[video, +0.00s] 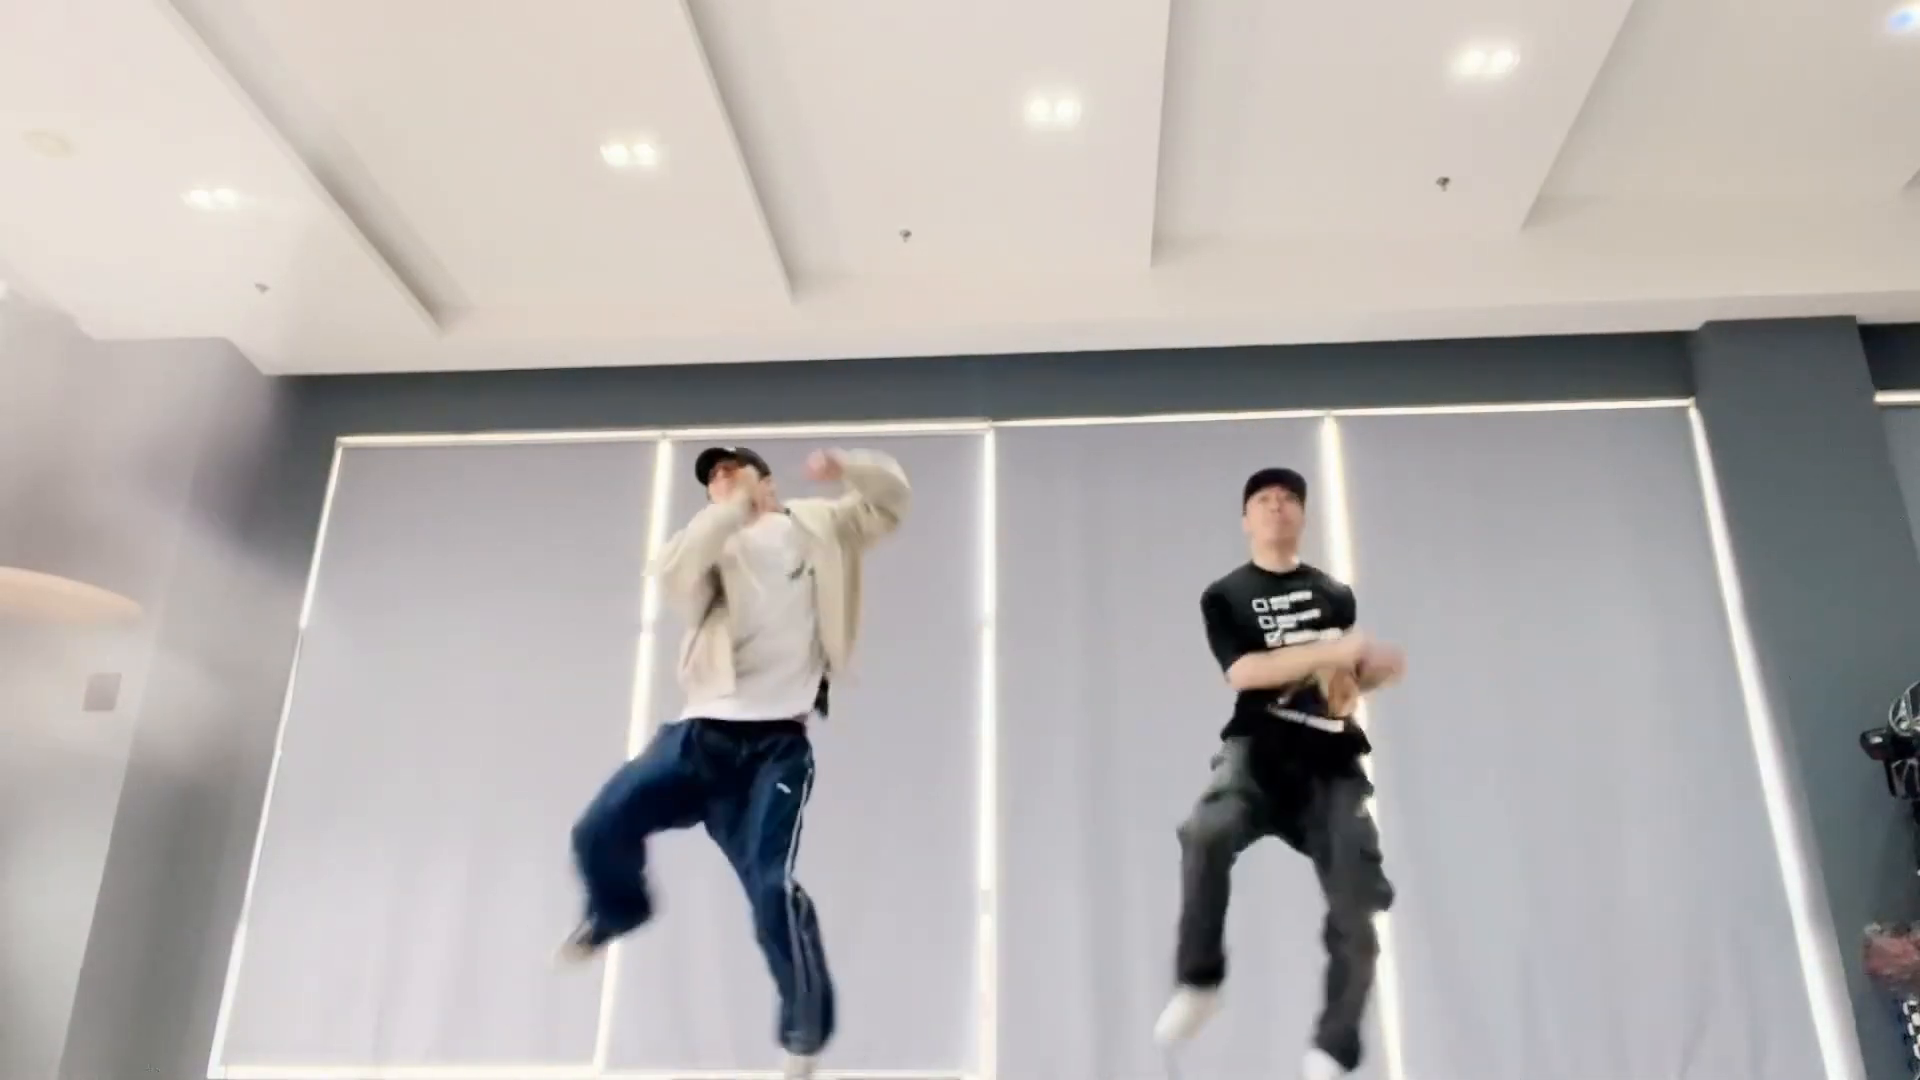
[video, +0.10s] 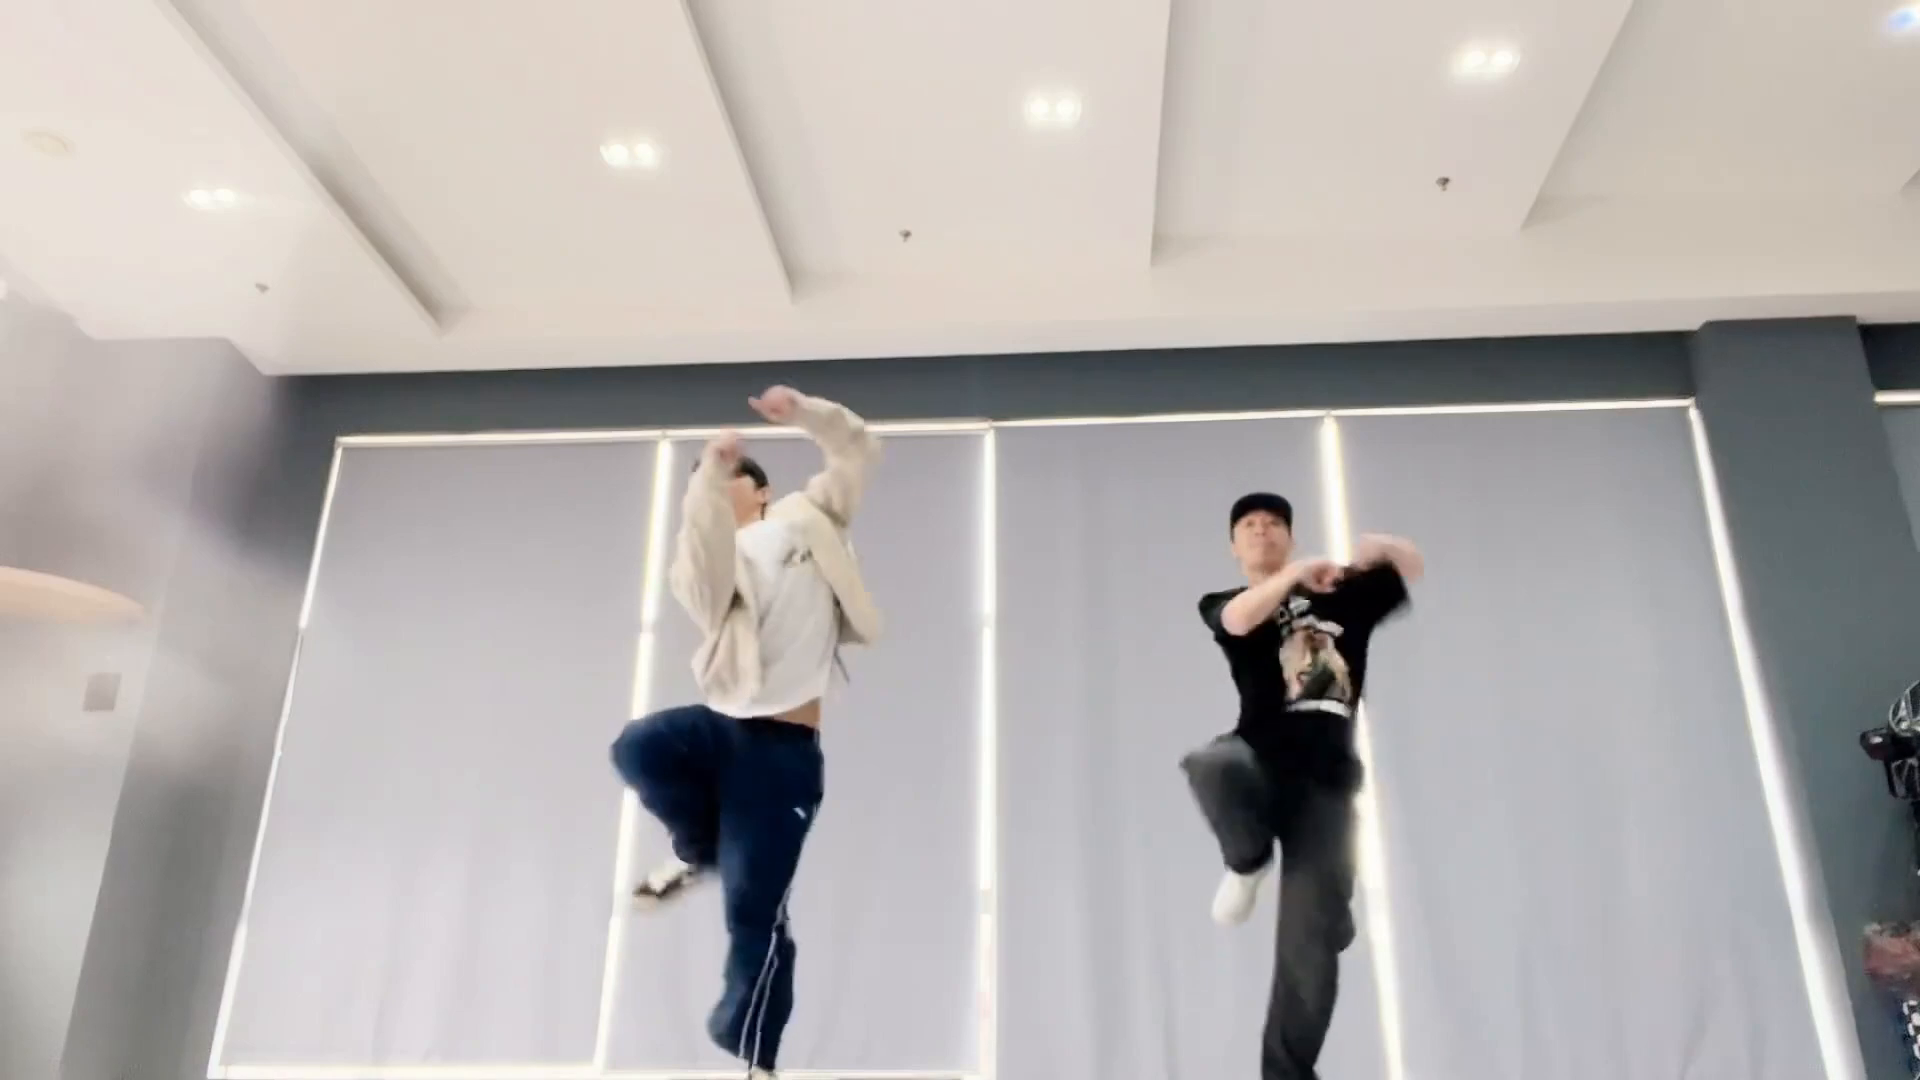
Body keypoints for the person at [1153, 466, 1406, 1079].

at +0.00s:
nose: (1277, 509)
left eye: (1288, 500)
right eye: (1264, 501)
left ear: (1303, 518)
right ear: (1246, 520)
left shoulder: (1335, 597)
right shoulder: (1225, 595)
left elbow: (1339, 690)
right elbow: (1242, 672)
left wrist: (1360, 676)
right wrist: (1337, 652)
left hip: (1331, 764)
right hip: (1257, 754)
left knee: (1357, 897)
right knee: (1204, 832)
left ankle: (1335, 1052)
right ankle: (1199, 981)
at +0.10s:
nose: (1262, 534)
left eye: (1273, 525)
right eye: (1249, 528)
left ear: (1293, 538)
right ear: (1234, 548)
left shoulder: (1349, 593)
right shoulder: (1227, 605)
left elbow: (1412, 567)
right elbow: (1238, 620)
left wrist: (1382, 550)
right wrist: (1295, 574)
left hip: (1326, 772)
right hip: (1259, 762)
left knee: (1312, 936)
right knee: (1216, 763)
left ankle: (1288, 1070)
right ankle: (1246, 866)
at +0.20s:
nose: (1264, 536)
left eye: (1275, 529)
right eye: (1252, 529)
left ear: (1290, 543)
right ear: (1233, 547)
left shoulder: (1316, 572)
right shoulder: (1219, 618)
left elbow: (1384, 511)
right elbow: (1215, 680)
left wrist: (1320, 573)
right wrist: (1258, 606)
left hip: (1333, 759)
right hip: (1265, 753)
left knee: (1347, 928)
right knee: (1265, 720)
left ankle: (1307, 1063)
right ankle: (1259, 871)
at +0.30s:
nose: (1268, 546)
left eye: (1279, 539)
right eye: (1257, 538)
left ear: (1292, 558)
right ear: (1236, 555)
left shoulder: (1311, 596)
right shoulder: (1218, 655)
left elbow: (1343, 642)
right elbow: (1233, 729)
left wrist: (1302, 702)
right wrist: (1218, 780)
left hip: (1335, 772)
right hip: (1268, 771)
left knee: (1352, 925)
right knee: (1272, 781)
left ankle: (1347, 1070)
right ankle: (1337, 902)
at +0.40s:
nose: (1278, 540)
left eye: (1289, 534)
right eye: (1266, 533)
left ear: (1301, 552)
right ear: (1244, 550)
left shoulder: (1326, 611)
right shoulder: (1222, 637)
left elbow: (1335, 691)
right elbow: (1221, 735)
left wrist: (1260, 749)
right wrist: (1205, 810)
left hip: (1327, 775)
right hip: (1259, 779)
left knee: (1357, 929)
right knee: (1295, 847)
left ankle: (1346, 1069)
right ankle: (1348, 956)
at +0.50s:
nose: (1283, 510)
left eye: (1294, 503)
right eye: (1271, 502)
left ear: (1306, 520)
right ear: (1248, 520)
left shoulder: (1330, 592)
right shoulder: (1231, 583)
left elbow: (1336, 677)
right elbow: (1207, 642)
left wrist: (1276, 636)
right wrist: (1143, 662)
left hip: (1318, 757)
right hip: (1251, 755)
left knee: (1359, 900)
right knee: (1301, 852)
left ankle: (1359, 1058)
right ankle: (1320, 1031)